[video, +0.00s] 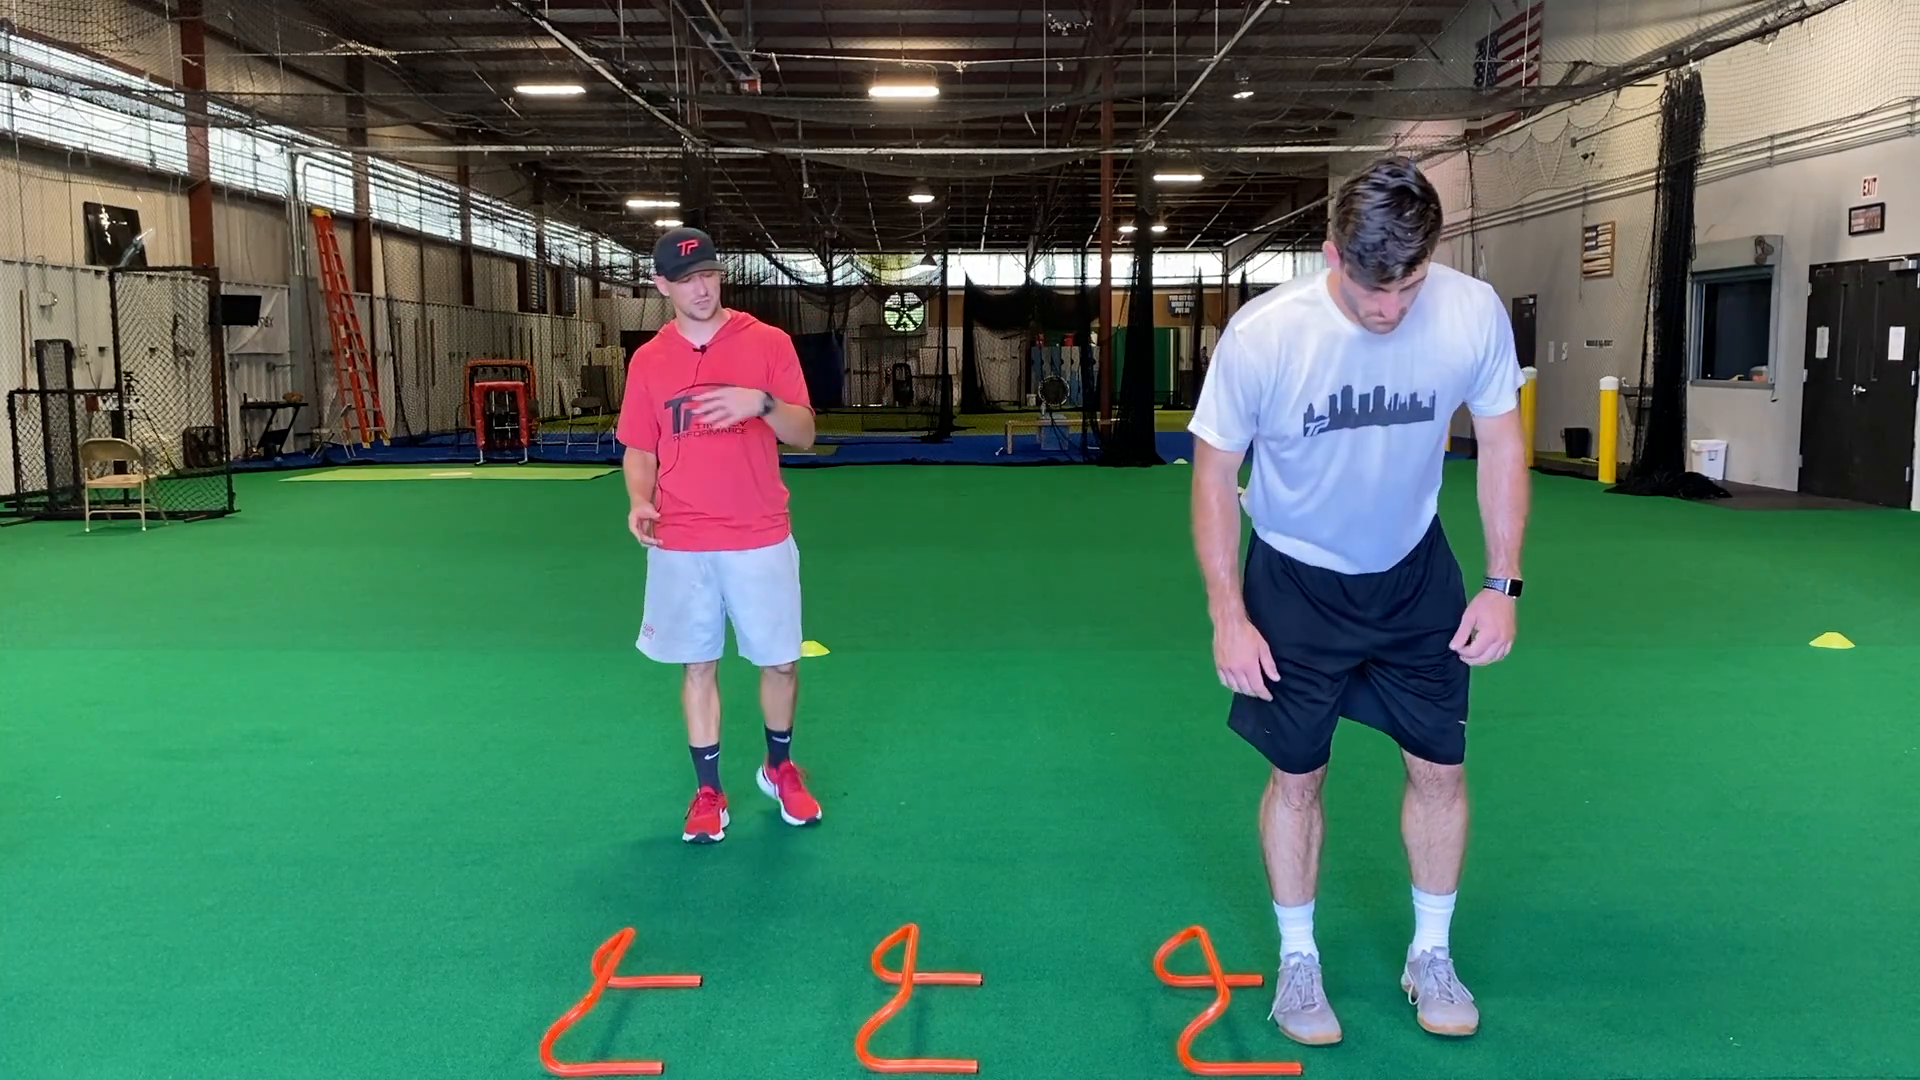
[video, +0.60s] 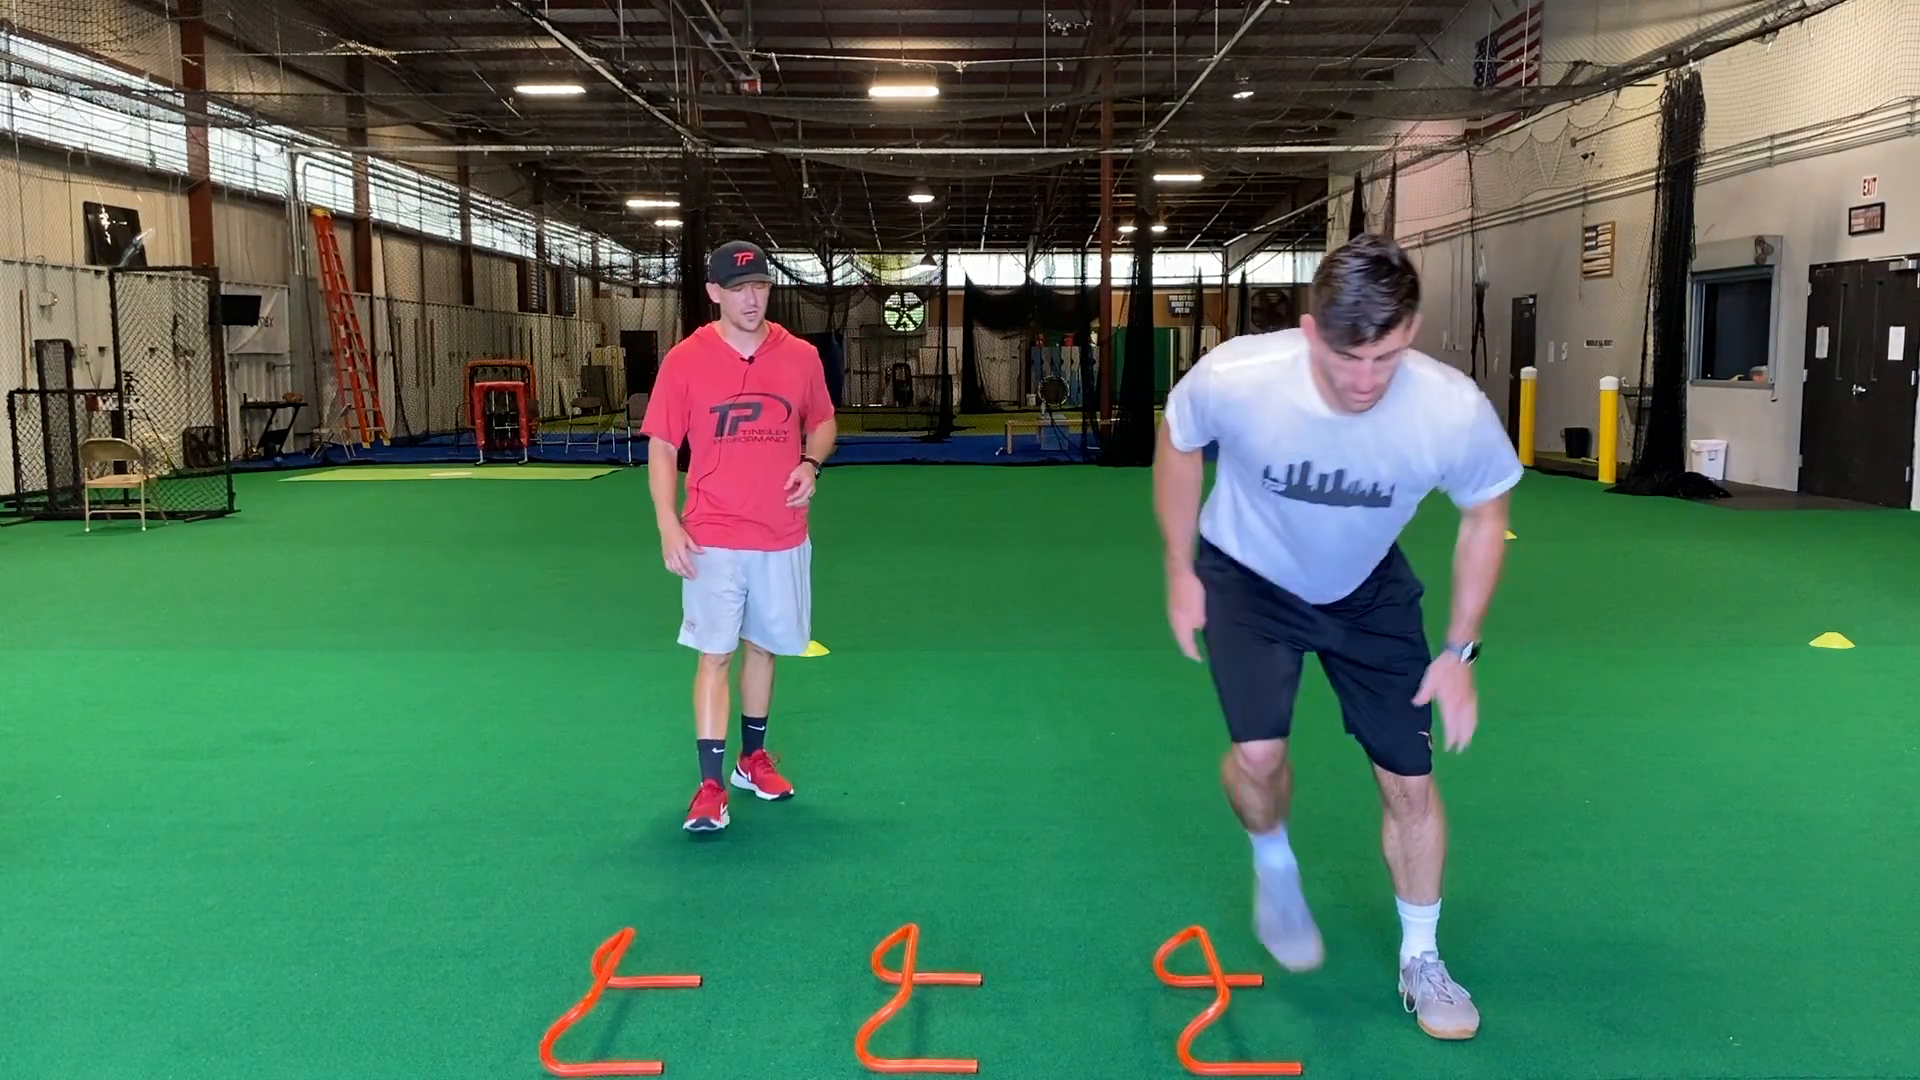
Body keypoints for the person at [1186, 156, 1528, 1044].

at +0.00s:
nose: (1389, 309)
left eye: (1405, 288)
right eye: (1371, 289)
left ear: (1427, 259)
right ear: (1333, 258)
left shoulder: (1472, 314)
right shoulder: (1260, 338)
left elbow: (1501, 446)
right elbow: (1214, 472)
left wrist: (1503, 581)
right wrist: (1228, 615)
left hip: (1415, 574)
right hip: (1296, 579)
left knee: (1441, 761)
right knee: (1297, 772)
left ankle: (1432, 955)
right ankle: (1298, 961)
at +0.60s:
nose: (1367, 377)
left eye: (1386, 357)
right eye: (1349, 357)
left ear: (1410, 334)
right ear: (1309, 329)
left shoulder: (1451, 409)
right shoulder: (1229, 380)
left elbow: (1487, 514)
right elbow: (1177, 440)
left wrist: (1461, 647)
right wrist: (1180, 571)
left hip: (1369, 578)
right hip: (1248, 573)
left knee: (1410, 772)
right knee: (1259, 756)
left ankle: (1421, 957)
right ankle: (1275, 871)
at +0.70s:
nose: (1316, 376)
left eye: (1336, 356)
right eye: (1298, 355)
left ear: (1363, 335)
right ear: (1262, 331)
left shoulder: (1408, 421)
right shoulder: (1197, 388)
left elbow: (1440, 527)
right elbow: (1138, 424)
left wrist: (1387, 628)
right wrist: (1126, 539)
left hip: (1341, 590)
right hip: (1216, 579)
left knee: (1400, 789)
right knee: (1199, 739)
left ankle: (1422, 961)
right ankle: (1190, 814)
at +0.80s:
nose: (1237, 342)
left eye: (1254, 322)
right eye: (1220, 322)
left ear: (1280, 298)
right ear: (1181, 302)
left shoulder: (1334, 371)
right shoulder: (1121, 364)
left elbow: (1390, 441)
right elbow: (1078, 403)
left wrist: (1331, 516)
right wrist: (1082, 521)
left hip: (1293, 582)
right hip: (1163, 572)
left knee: (1360, 764)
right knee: (1116, 735)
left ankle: (1423, 947)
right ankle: (1091, 877)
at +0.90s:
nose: (1149, 313)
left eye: (1165, 293)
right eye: (1130, 295)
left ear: (1193, 275)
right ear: (1099, 279)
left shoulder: (1250, 333)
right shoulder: (1039, 354)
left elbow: (1320, 349)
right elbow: (1010, 423)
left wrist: (1293, 478)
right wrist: (1038, 539)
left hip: (1230, 569)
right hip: (1103, 581)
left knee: (1315, 750)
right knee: (1081, 773)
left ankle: (1343, 857)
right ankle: (1053, 942)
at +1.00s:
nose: (1073, 296)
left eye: (1090, 276)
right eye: (1056, 278)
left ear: (1123, 251)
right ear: (1027, 260)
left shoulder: (1181, 324)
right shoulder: (978, 334)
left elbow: (1262, 347)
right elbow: (948, 408)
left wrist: (1224, 476)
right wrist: (978, 498)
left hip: (1159, 546)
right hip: (1042, 565)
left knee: (1205, 714)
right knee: (1041, 753)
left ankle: (1180, 814)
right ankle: (1048, 935)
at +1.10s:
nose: (1006, 289)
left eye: (1023, 269)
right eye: (989, 271)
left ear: (1062, 249)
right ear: (966, 259)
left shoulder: (1127, 334)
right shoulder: (921, 316)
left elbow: (1199, 411)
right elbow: (897, 368)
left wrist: (1132, 504)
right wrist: (910, 482)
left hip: (1087, 527)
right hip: (971, 527)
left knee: (1101, 737)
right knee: (964, 722)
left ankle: (1087, 920)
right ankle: (1012, 831)